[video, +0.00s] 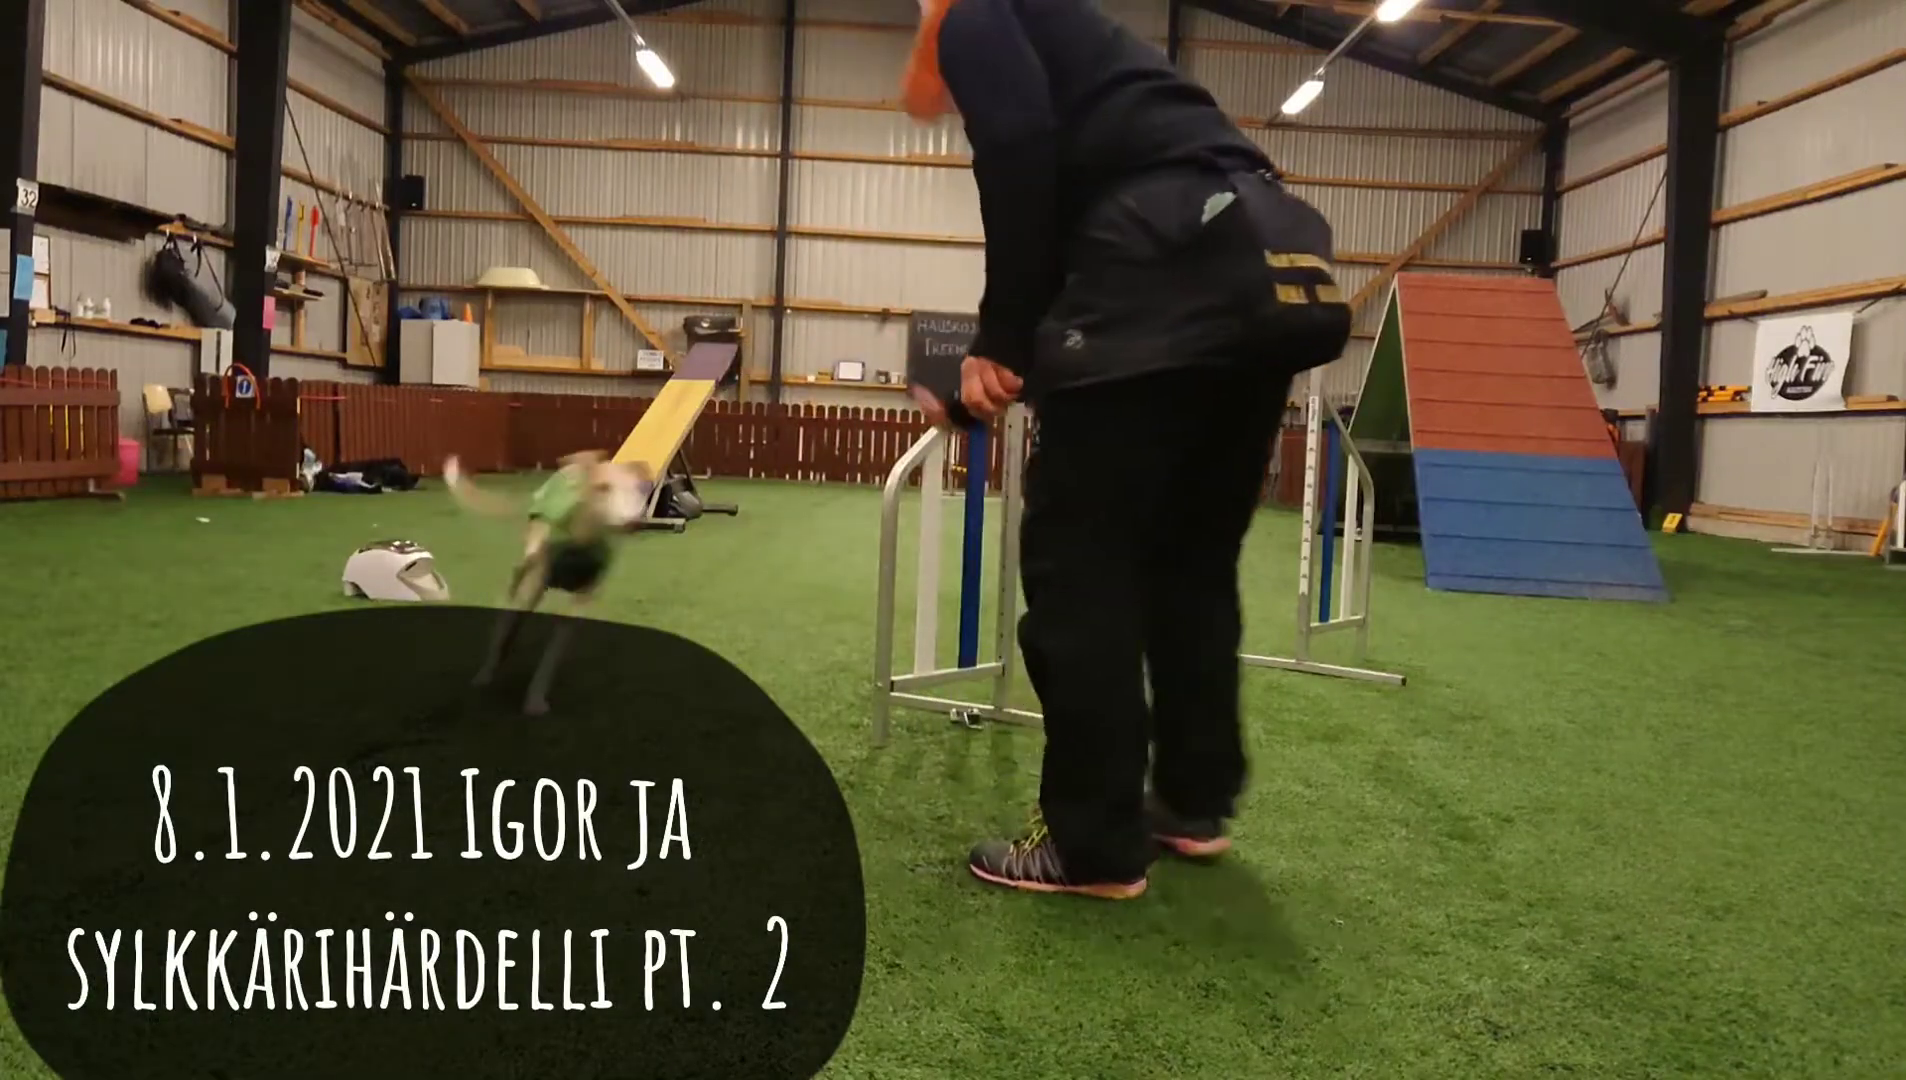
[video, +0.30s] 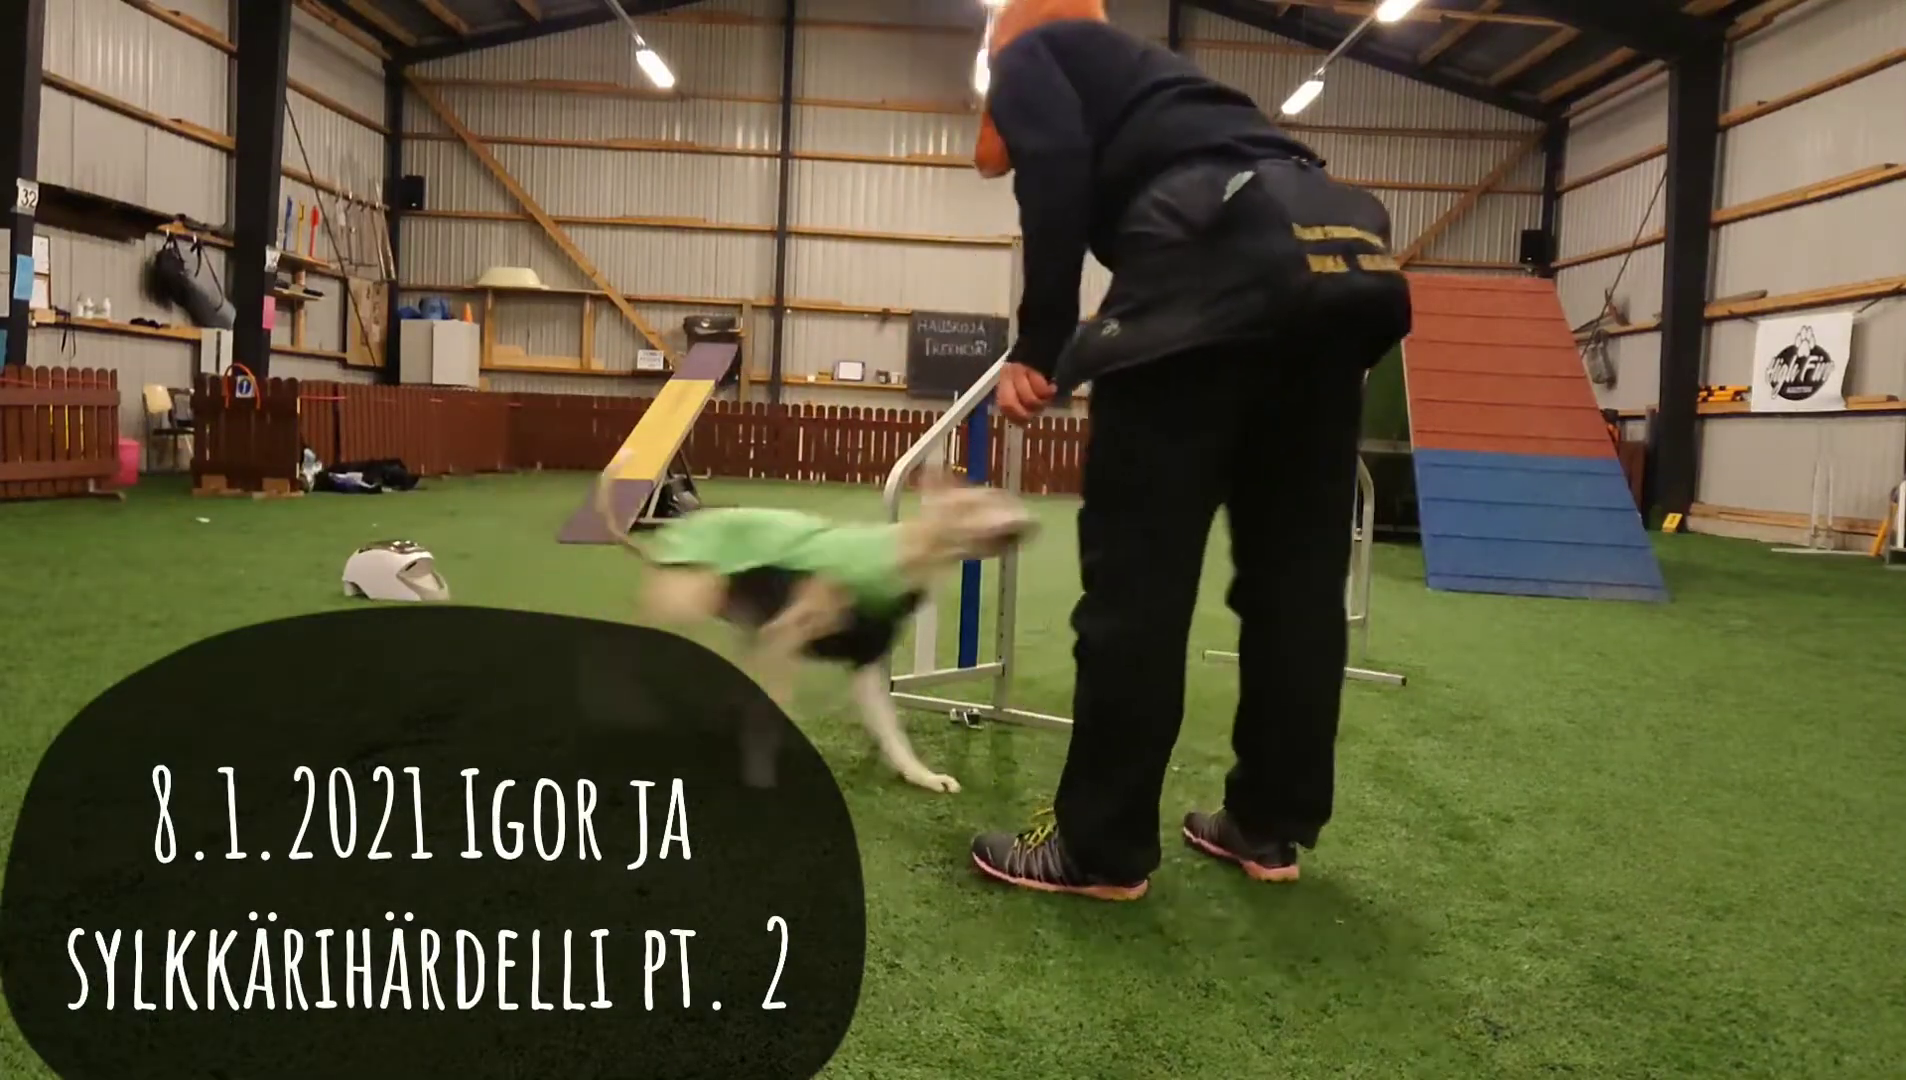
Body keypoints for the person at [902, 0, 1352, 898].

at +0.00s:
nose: (933, 97)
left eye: (931, 58)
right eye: (927, 82)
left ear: (942, 12)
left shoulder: (973, 17)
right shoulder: (1092, 40)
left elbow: (1020, 148)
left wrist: (1002, 339)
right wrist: (980, 374)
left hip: (1146, 302)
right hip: (1260, 291)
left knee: (1075, 569)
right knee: (1194, 557)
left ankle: (1094, 846)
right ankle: (1195, 807)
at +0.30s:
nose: (993, 143)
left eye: (990, 109)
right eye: (989, 127)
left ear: (1015, 36)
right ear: (1089, 27)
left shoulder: (1028, 51)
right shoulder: (1166, 81)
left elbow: (1056, 163)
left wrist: (1037, 349)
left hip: (1198, 297)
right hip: (1334, 296)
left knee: (1135, 588)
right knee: (1293, 581)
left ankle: (1104, 847)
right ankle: (1271, 828)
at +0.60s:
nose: (1031, 76)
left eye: (1034, 59)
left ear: (1058, 38)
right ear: (1133, 33)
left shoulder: (1063, 61)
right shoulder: (1200, 86)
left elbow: (1082, 167)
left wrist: (1051, 340)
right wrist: (1350, 356)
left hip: (1202, 303)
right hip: (1334, 304)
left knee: (1138, 571)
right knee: (1294, 574)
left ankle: (1109, 834)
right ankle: (1271, 828)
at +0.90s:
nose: (1013, 46)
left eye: (1017, 36)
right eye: (1019, 40)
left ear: (1040, 30)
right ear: (1115, 36)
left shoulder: (1031, 69)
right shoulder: (1162, 90)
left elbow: (1017, 193)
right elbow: (1198, 224)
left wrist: (971, 350)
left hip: (1112, 322)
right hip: (1240, 327)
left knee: (1020, 556)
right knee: (1245, 582)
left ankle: (937, 757)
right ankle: (1269, 821)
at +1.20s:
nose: (908, 34)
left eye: (911, 25)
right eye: (1019, 34)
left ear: (926, 27)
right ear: (1005, 36)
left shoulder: (897, 77)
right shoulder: (1040, 94)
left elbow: (856, 211)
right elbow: (1045, 217)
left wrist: (806, 352)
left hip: (938, 324)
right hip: (1063, 326)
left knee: (885, 533)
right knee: (1075, 540)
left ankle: (873, 745)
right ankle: (1183, 709)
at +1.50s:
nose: (837, 31)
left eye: (839, 23)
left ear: (851, 25)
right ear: (925, 39)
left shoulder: (823, 68)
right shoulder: (962, 104)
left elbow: (775, 204)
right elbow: (963, 227)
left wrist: (729, 338)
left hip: (855, 315)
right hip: (963, 327)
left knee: (839, 522)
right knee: (870, 503)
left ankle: (873, 743)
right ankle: (884, 710)